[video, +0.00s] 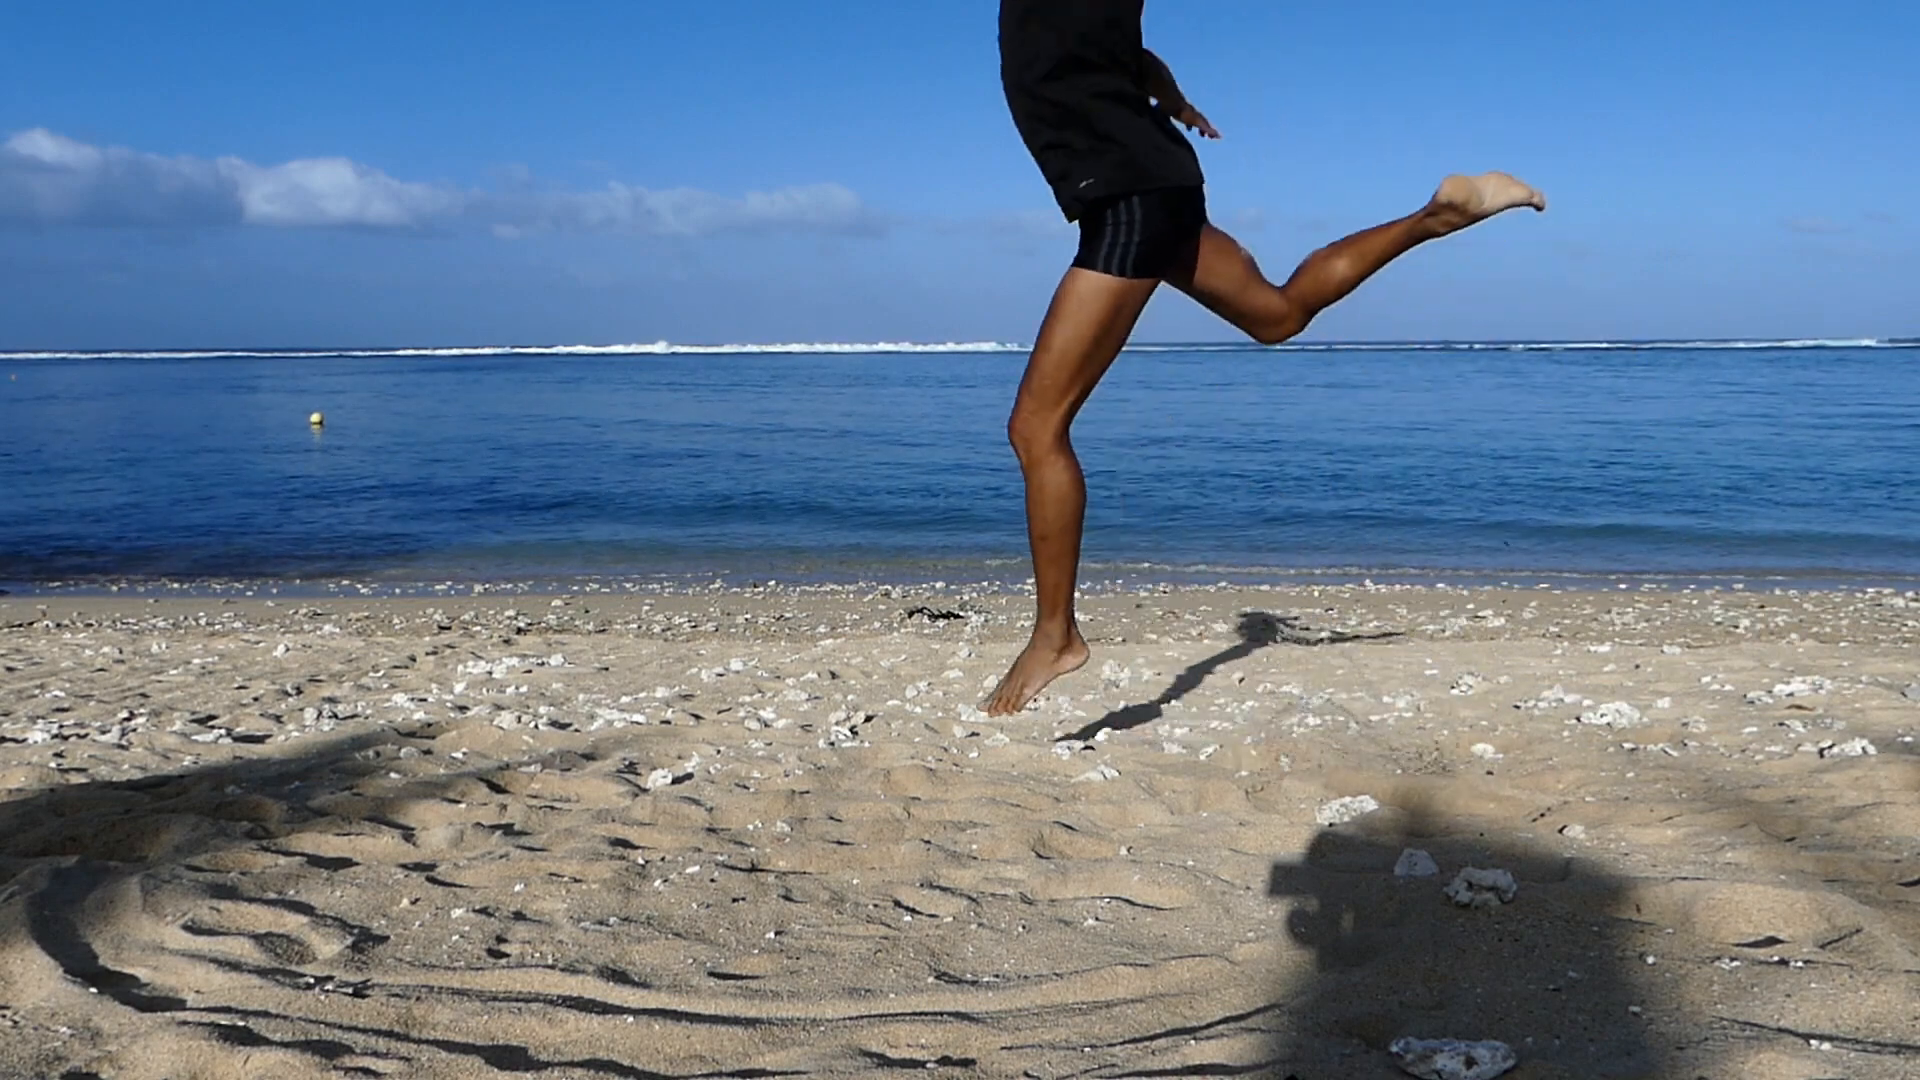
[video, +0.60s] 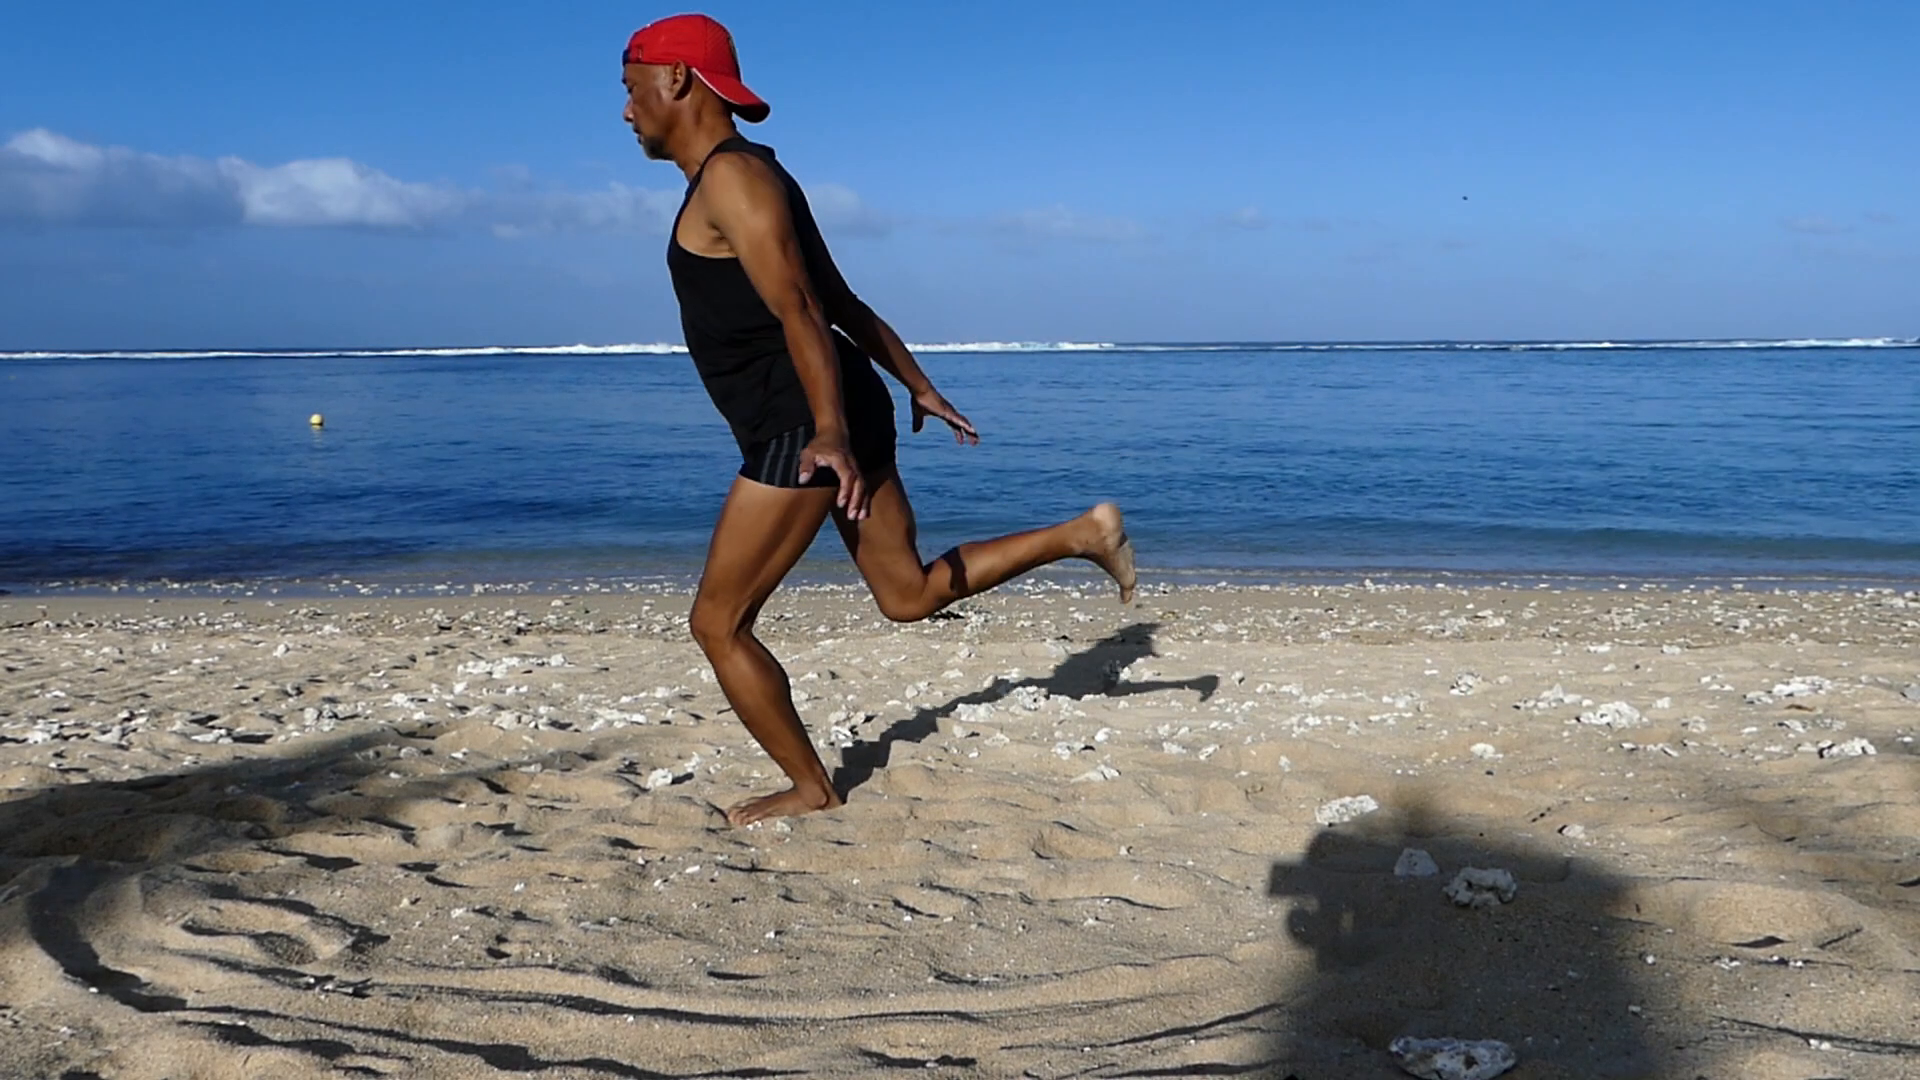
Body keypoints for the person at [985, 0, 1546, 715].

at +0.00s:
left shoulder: (1081, 13)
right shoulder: (1056, 13)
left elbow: (1126, 56)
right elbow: (1132, 58)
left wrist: (1169, 99)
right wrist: (1172, 101)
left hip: (1132, 196)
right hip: (1149, 189)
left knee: (1037, 426)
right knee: (1276, 314)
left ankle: (1055, 638)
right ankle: (1440, 215)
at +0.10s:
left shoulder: (1035, 15)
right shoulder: (1020, 20)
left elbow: (1168, 1)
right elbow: (1113, 79)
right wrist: (1183, 127)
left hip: (1089, 204)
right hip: (1099, 199)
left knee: (983, 433)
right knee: (1245, 311)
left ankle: (977, 651)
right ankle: (1396, 193)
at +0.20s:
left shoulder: (969, 2)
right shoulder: (957, 30)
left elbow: (1099, 49)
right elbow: (1071, 117)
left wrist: (1228, 110)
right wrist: (1167, 167)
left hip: (1019, 245)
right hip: (1036, 239)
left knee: (921, 471)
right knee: (1190, 335)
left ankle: (872, 682)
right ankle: (1320, 190)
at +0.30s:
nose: (811, 6)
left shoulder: (929, 14)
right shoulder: (889, 37)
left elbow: (1051, 103)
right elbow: (1026, 144)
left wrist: (1171, 173)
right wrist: (1134, 198)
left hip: (972, 279)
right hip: (983, 272)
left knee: (884, 509)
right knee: (1148, 368)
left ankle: (823, 717)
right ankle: (1267, 223)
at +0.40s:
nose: (729, 46)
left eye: (732, 22)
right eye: (724, 26)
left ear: (788, 9)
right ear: (790, 13)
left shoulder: (852, 76)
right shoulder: (831, 85)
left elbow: (965, 182)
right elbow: (954, 201)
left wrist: (1067, 266)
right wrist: (1066, 259)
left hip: (897, 353)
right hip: (918, 343)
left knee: (817, 578)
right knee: (1080, 436)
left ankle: (813, 783)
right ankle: (1203, 317)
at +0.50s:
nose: (688, 81)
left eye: (694, 59)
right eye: (687, 62)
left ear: (745, 47)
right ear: (746, 50)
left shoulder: (804, 132)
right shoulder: (793, 133)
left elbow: (907, 246)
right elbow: (914, 239)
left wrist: (993, 342)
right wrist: (1020, 314)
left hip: (856, 389)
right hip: (875, 381)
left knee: (766, 603)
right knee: (1026, 502)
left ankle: (815, 787)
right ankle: (1158, 405)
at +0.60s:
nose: (626, 111)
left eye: (635, 91)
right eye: (626, 93)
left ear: (684, 91)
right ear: (695, 93)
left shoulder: (731, 179)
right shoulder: (749, 174)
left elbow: (798, 312)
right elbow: (835, 301)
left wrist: (832, 433)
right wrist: (918, 385)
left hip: (800, 433)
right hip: (843, 409)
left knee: (717, 621)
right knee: (907, 591)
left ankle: (811, 788)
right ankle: (1084, 535)